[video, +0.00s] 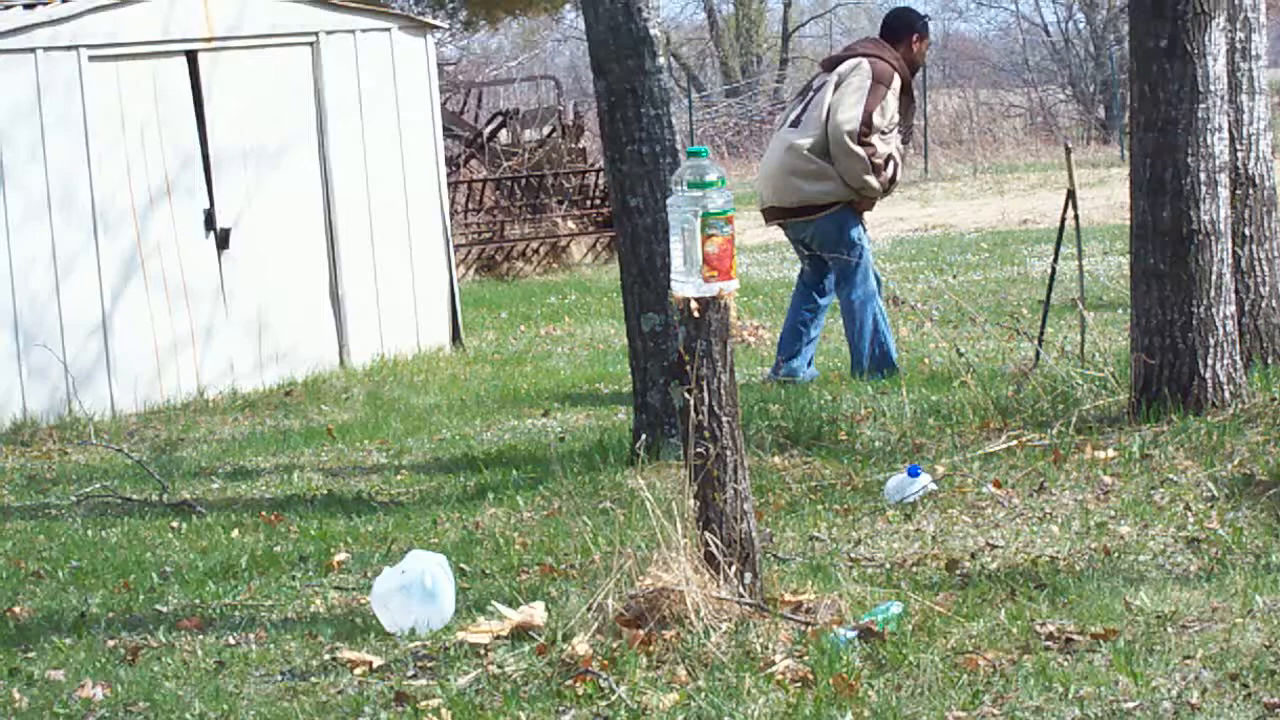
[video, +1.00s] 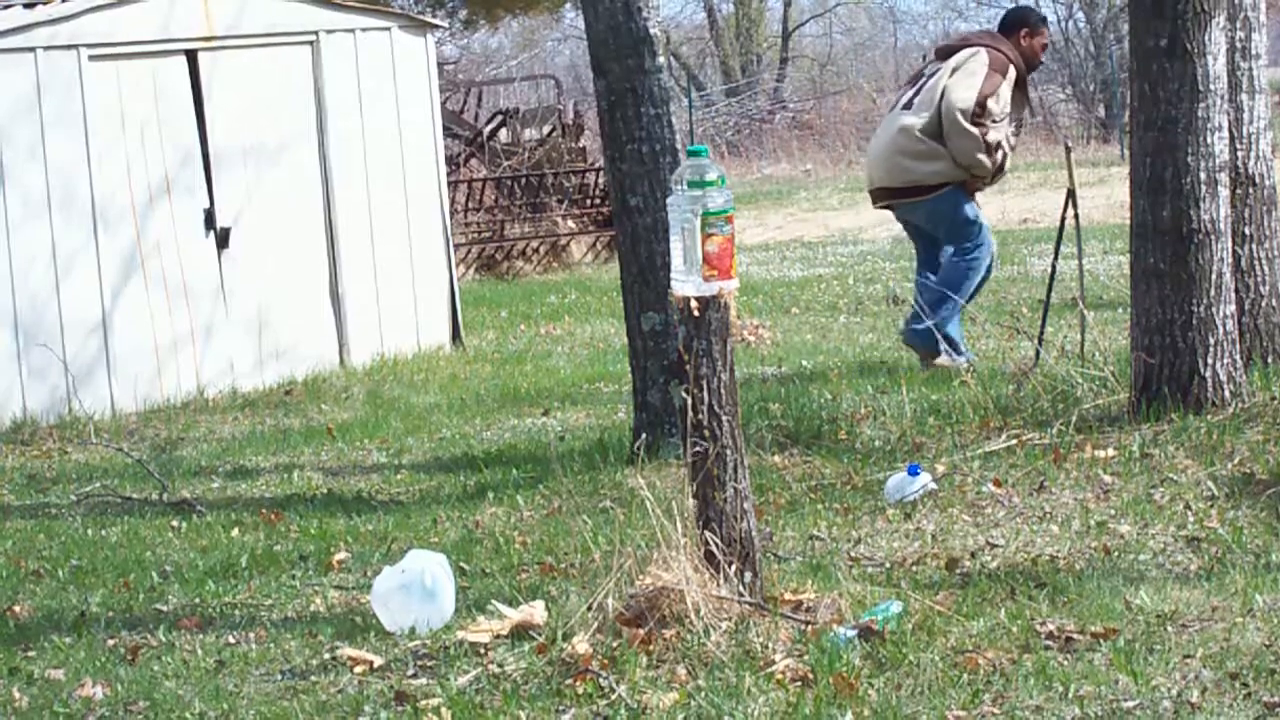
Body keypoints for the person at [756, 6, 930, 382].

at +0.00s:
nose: (926, 53)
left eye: (927, 45)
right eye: (926, 44)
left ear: (885, 36)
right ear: (913, 41)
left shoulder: (848, 63)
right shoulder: (876, 67)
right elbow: (849, 132)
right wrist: (871, 187)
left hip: (783, 189)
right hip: (815, 188)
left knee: (817, 276)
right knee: (861, 280)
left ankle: (790, 371)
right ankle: (877, 374)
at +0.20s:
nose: (952, 53)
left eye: (954, 45)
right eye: (952, 44)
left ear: (912, 34)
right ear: (940, 40)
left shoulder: (875, 60)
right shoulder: (905, 66)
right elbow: (875, 130)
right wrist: (896, 185)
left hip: (808, 181)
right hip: (839, 182)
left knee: (845, 266)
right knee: (873, 277)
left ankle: (803, 353)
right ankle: (879, 376)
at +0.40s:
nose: (976, 52)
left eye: (978, 44)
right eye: (976, 43)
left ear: (936, 32)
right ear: (963, 38)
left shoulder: (897, 55)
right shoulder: (931, 65)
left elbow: (836, 110)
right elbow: (900, 127)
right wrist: (917, 186)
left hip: (831, 172)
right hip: (858, 174)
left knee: (891, 256)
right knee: (888, 271)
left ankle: (857, 340)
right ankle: (879, 372)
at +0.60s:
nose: (1000, 57)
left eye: (1002, 49)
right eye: (999, 48)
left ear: (963, 38)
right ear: (980, 40)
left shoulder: (920, 59)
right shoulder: (952, 67)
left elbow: (861, 110)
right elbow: (922, 129)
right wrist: (936, 188)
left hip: (856, 178)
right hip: (882, 179)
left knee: (919, 270)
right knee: (903, 274)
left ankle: (943, 357)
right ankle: (878, 372)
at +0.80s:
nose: (1023, 57)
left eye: (1025, 49)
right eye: (1022, 47)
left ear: (987, 38)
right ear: (1003, 40)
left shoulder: (946, 58)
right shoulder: (976, 65)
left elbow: (888, 109)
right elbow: (943, 124)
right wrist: (951, 188)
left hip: (872, 170)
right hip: (896, 170)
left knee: (933, 259)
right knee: (929, 261)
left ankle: (948, 357)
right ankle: (882, 364)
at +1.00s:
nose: (1044, 56)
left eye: (1046, 47)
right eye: (1043, 45)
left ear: (1015, 35)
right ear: (1023, 36)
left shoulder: (963, 54)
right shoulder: (995, 57)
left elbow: (908, 105)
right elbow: (962, 110)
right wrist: (982, 169)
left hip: (888, 168)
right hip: (918, 167)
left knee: (933, 256)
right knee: (976, 247)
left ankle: (946, 351)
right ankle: (925, 328)